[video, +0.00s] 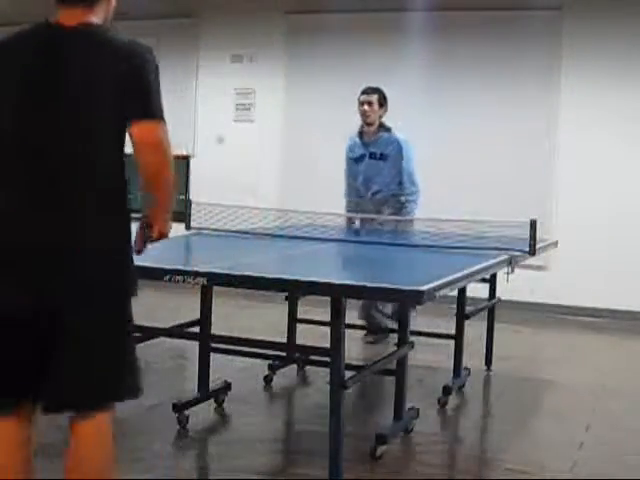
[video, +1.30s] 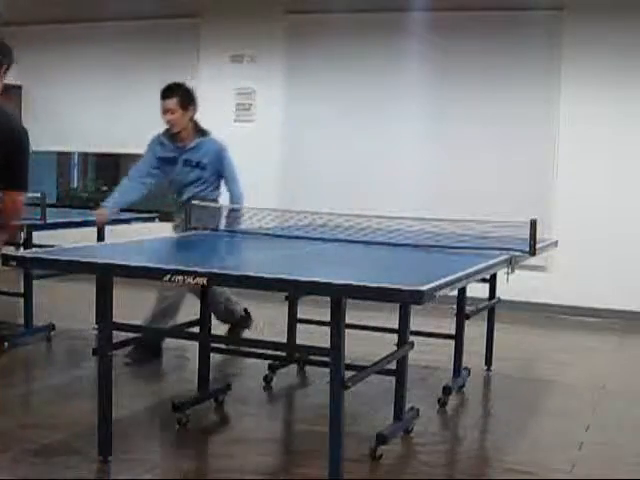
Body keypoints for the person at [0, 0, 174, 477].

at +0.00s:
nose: (114, 9)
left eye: (111, 6)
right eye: (114, 5)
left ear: (55, 3)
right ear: (108, 5)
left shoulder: (11, 49)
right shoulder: (125, 57)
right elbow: (150, 144)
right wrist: (159, 209)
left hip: (13, 252)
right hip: (90, 255)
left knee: (12, 408)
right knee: (92, 410)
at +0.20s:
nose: (101, 12)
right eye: (102, 8)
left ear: (40, 8)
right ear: (97, 8)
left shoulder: (8, 64)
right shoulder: (125, 74)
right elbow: (153, 162)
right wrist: (145, 221)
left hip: (10, 262)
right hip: (85, 266)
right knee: (84, 415)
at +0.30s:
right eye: (83, 8)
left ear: (27, 10)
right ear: (82, 10)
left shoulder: (6, 67)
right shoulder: (113, 75)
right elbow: (145, 165)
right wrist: (123, 216)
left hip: (8, 259)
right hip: (78, 260)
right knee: (77, 404)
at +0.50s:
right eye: (44, 38)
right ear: (42, 41)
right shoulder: (71, 108)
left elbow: (109, 191)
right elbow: (112, 191)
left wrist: (90, 205)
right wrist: (85, 207)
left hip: (5, 278)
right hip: (50, 278)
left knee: (62, 399)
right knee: (62, 397)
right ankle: (76, 474)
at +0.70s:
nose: (10, 50)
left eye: (4, 43)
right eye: (12, 43)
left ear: (1, 46)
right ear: (10, 47)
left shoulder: (34, 105)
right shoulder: (33, 105)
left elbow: (56, 189)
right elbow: (57, 189)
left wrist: (26, 197)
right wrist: (22, 199)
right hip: (13, 252)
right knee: (27, 351)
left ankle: (43, 431)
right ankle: (42, 430)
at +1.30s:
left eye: (3, 71)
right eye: (5, 71)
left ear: (4, 71)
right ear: (4, 71)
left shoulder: (12, 129)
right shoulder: (11, 129)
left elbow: (13, 203)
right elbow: (13, 204)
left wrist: (8, 235)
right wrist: (8, 235)